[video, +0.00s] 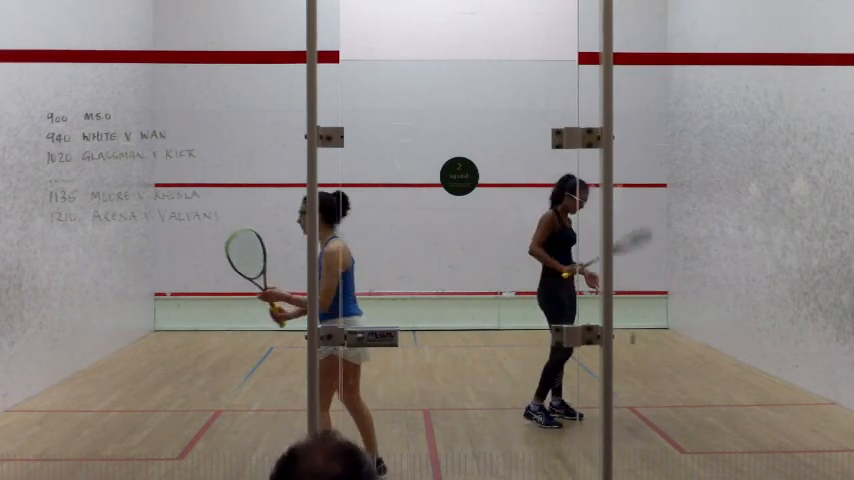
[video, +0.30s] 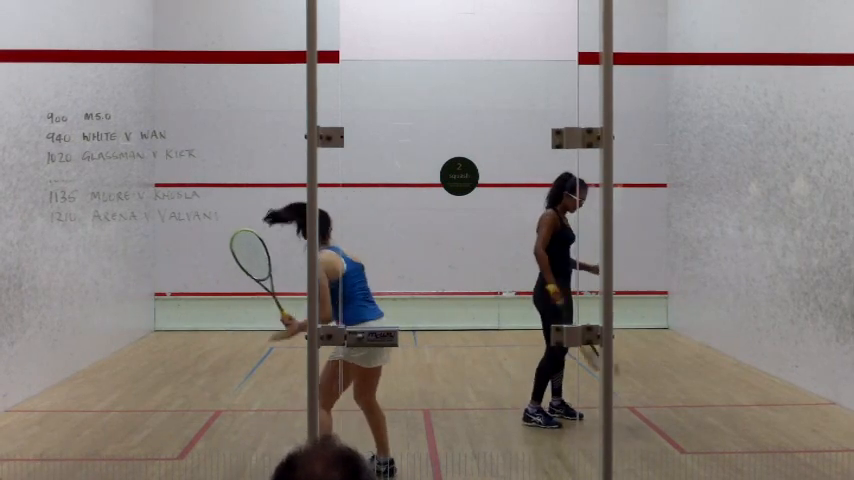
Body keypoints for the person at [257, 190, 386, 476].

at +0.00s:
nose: (299, 220)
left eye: (303, 214)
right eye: (300, 214)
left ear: (318, 217)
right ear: (327, 218)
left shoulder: (332, 251)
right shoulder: (335, 249)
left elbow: (322, 302)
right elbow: (319, 300)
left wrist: (283, 296)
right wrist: (289, 314)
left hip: (335, 334)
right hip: (351, 331)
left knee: (320, 403)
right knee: (351, 396)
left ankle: (325, 463)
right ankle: (374, 459)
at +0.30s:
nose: (303, 239)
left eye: (303, 233)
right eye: (304, 233)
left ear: (307, 235)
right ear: (328, 230)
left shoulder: (321, 261)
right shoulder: (349, 256)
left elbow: (325, 314)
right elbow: (351, 308)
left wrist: (298, 326)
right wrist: (311, 324)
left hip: (358, 337)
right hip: (379, 333)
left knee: (321, 400)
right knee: (366, 396)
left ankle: (325, 463)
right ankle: (385, 460)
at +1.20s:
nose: (332, 248)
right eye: (330, 245)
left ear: (299, 252)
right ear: (327, 246)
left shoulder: (304, 273)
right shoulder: (350, 265)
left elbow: (307, 320)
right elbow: (350, 311)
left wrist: (308, 342)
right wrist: (315, 339)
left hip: (344, 336)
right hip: (378, 332)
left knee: (312, 405)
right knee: (370, 396)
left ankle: (326, 463)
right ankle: (382, 461)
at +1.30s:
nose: (331, 247)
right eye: (329, 245)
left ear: (299, 252)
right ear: (326, 246)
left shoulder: (303, 273)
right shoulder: (349, 264)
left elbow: (306, 320)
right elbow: (348, 311)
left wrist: (307, 341)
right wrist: (314, 338)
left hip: (343, 335)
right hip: (377, 331)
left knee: (312, 404)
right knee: (371, 396)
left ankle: (328, 463)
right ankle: (381, 461)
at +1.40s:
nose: (330, 247)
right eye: (329, 244)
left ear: (299, 251)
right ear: (326, 245)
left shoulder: (302, 273)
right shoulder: (349, 265)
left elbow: (306, 320)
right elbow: (350, 311)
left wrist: (307, 341)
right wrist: (314, 338)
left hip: (343, 336)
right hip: (377, 331)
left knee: (312, 404)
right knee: (371, 396)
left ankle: (325, 463)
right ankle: (381, 461)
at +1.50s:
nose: (331, 246)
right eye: (329, 243)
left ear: (299, 250)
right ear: (326, 244)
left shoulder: (303, 273)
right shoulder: (349, 264)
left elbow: (308, 319)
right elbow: (350, 308)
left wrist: (307, 341)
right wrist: (314, 337)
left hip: (344, 335)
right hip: (378, 330)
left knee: (312, 404)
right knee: (371, 396)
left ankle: (324, 463)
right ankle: (382, 461)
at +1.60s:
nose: (331, 245)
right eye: (330, 242)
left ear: (300, 250)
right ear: (326, 244)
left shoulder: (304, 273)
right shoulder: (350, 264)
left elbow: (308, 319)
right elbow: (351, 308)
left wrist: (308, 340)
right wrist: (315, 338)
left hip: (345, 334)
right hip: (379, 330)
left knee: (314, 404)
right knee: (372, 396)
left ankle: (324, 464)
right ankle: (382, 461)